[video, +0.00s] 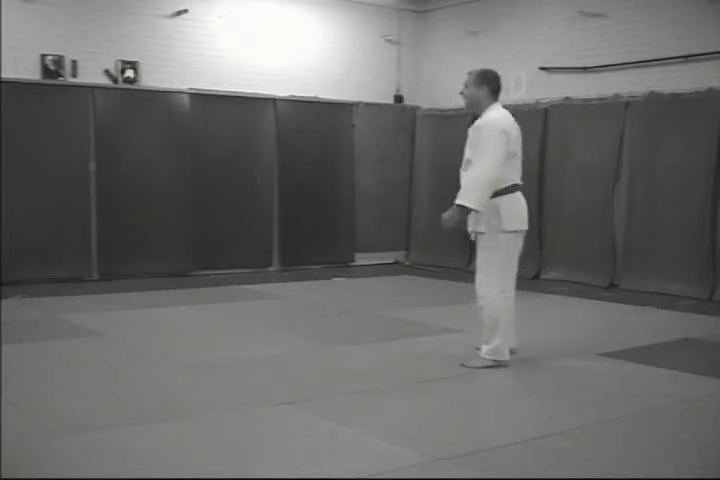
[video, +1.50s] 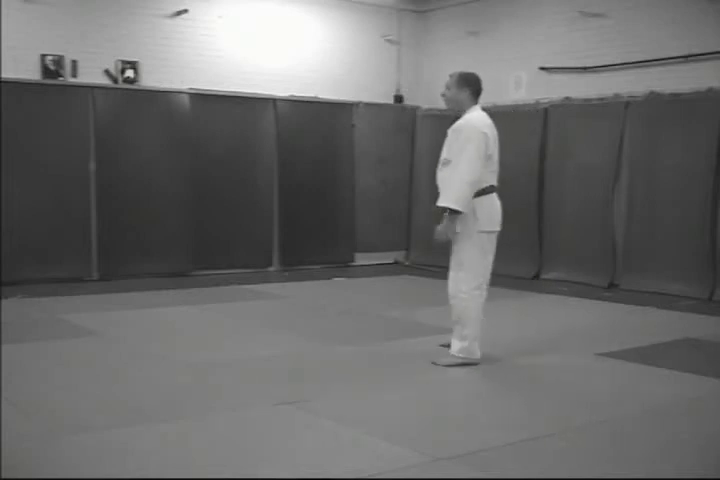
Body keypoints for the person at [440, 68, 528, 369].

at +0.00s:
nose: (462, 93)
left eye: (467, 88)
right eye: (463, 88)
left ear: (485, 91)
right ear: (488, 92)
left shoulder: (491, 124)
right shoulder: (499, 121)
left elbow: (484, 171)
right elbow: (490, 171)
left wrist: (459, 208)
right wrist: (468, 209)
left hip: (497, 211)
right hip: (504, 208)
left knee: (491, 283)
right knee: (498, 281)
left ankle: (495, 352)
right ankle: (503, 343)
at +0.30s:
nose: (458, 91)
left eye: (464, 85)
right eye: (460, 85)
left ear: (482, 90)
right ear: (487, 91)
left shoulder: (483, 124)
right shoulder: (505, 121)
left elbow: (478, 172)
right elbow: (502, 172)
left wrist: (464, 217)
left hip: (490, 209)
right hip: (507, 206)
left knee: (486, 283)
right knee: (496, 281)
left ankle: (494, 353)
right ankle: (498, 347)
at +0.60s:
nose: (452, 93)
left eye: (458, 87)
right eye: (454, 87)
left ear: (475, 91)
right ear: (480, 92)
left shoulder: (477, 125)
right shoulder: (494, 120)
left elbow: (477, 172)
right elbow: (488, 171)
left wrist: (475, 216)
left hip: (487, 210)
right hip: (496, 206)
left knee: (486, 282)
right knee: (473, 278)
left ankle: (494, 353)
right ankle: (469, 338)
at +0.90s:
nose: (449, 94)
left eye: (455, 89)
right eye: (451, 89)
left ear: (472, 93)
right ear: (477, 93)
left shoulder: (471, 123)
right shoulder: (486, 120)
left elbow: (465, 168)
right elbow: (474, 168)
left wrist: (454, 211)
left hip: (480, 207)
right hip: (486, 204)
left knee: (479, 278)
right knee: (466, 275)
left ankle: (491, 351)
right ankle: (466, 339)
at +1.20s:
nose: (447, 95)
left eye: (452, 90)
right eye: (448, 90)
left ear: (469, 93)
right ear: (471, 93)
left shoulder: (473, 125)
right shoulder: (475, 121)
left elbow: (462, 167)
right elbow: (461, 166)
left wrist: (439, 201)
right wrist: (439, 201)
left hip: (477, 209)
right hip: (473, 208)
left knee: (465, 278)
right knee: (464, 277)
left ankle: (483, 346)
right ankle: (464, 337)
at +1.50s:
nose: (443, 94)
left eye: (449, 89)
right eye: (445, 89)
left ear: (467, 93)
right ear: (469, 93)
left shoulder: (470, 126)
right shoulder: (478, 122)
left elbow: (464, 173)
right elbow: (466, 171)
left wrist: (449, 215)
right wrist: (450, 210)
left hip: (474, 209)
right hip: (480, 207)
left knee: (465, 281)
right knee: (469, 280)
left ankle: (466, 350)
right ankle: (464, 340)